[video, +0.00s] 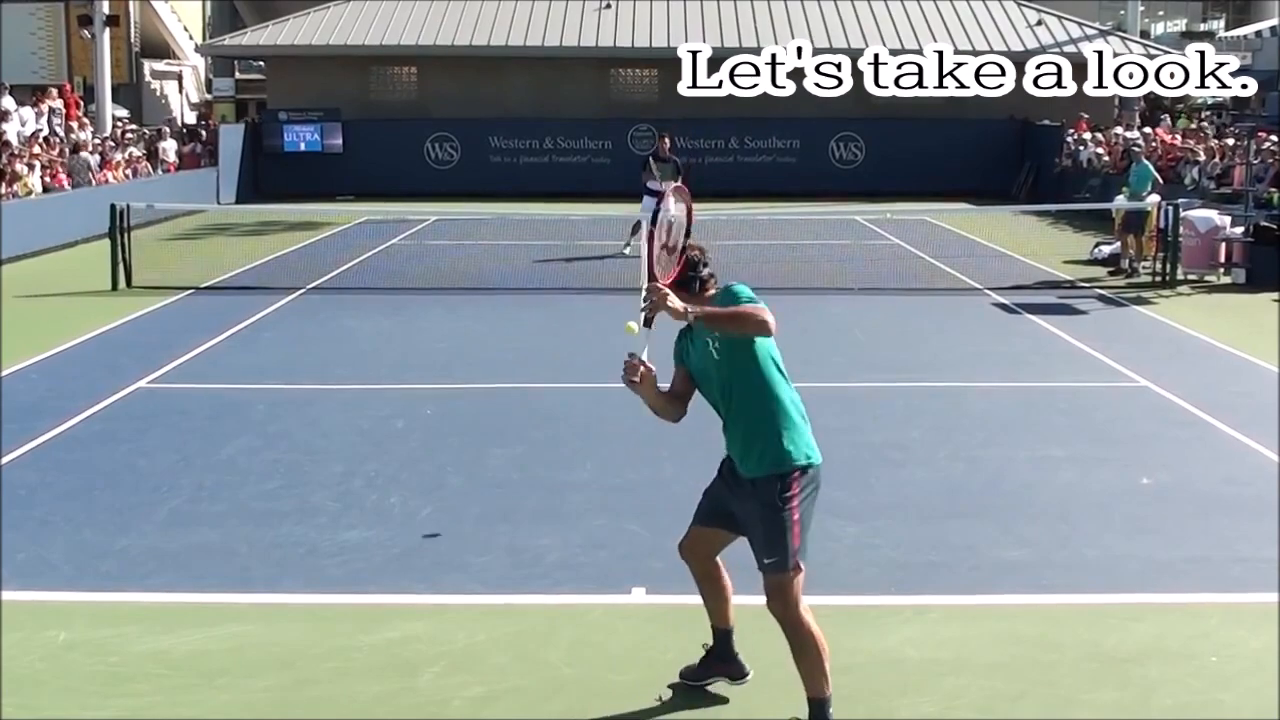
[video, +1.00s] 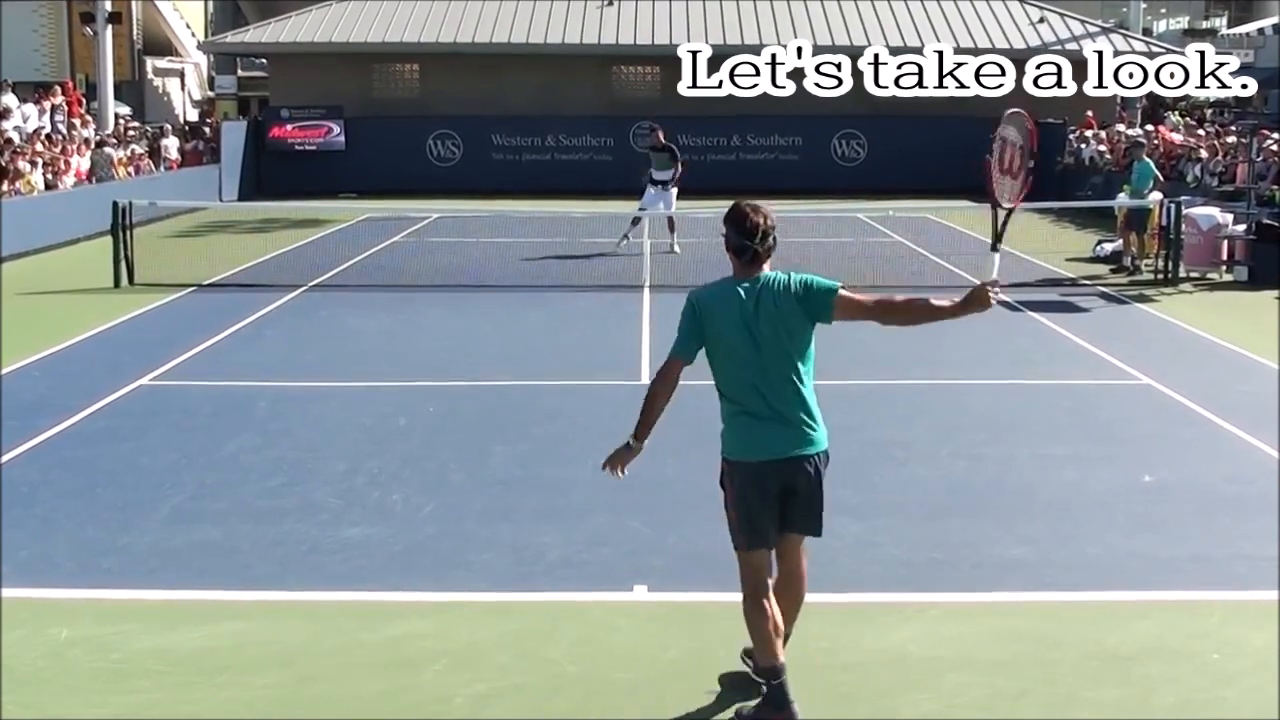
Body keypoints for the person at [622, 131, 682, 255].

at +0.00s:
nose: (664, 146)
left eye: (666, 143)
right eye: (662, 143)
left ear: (669, 145)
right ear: (658, 145)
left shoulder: (675, 161)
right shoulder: (650, 160)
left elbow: (679, 177)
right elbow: (645, 178)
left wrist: (674, 187)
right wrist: (660, 184)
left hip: (668, 194)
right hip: (652, 194)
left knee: (672, 218)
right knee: (643, 219)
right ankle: (629, 243)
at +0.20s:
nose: (657, 148)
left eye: (659, 146)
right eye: (655, 146)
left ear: (662, 147)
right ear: (651, 147)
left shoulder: (668, 163)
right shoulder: (644, 160)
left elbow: (672, 181)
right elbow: (638, 179)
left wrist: (664, 189)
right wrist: (647, 176)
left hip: (661, 195)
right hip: (645, 195)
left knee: (668, 220)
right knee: (639, 221)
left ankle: (668, 243)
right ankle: (629, 243)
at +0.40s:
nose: (656, 132)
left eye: (657, 129)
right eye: (654, 129)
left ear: (661, 131)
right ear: (649, 131)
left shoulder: (666, 146)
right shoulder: (641, 145)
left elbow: (671, 164)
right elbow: (636, 163)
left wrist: (663, 174)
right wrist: (645, 162)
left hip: (658, 181)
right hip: (643, 181)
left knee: (664, 211)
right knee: (634, 210)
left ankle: (669, 238)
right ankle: (626, 236)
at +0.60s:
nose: (655, 136)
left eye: (657, 134)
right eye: (653, 134)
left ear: (660, 135)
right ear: (649, 135)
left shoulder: (666, 152)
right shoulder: (641, 149)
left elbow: (669, 170)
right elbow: (635, 169)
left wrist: (662, 182)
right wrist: (649, 174)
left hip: (657, 186)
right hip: (641, 185)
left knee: (664, 214)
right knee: (631, 213)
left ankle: (673, 238)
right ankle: (619, 238)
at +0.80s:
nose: (657, 143)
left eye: (659, 141)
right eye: (655, 141)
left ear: (662, 142)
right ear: (650, 142)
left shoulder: (666, 158)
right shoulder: (642, 154)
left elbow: (667, 180)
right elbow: (635, 166)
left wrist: (654, 185)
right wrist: (641, 176)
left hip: (661, 192)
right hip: (644, 191)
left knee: (667, 216)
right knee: (632, 215)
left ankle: (673, 241)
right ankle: (619, 241)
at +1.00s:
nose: (654, 139)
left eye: (656, 136)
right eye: (652, 136)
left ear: (661, 135)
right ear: (651, 138)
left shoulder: (671, 149)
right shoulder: (651, 149)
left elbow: (678, 167)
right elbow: (653, 165)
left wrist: (672, 182)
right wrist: (648, 176)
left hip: (668, 184)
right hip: (653, 183)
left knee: (670, 214)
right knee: (641, 211)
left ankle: (673, 242)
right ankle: (626, 236)